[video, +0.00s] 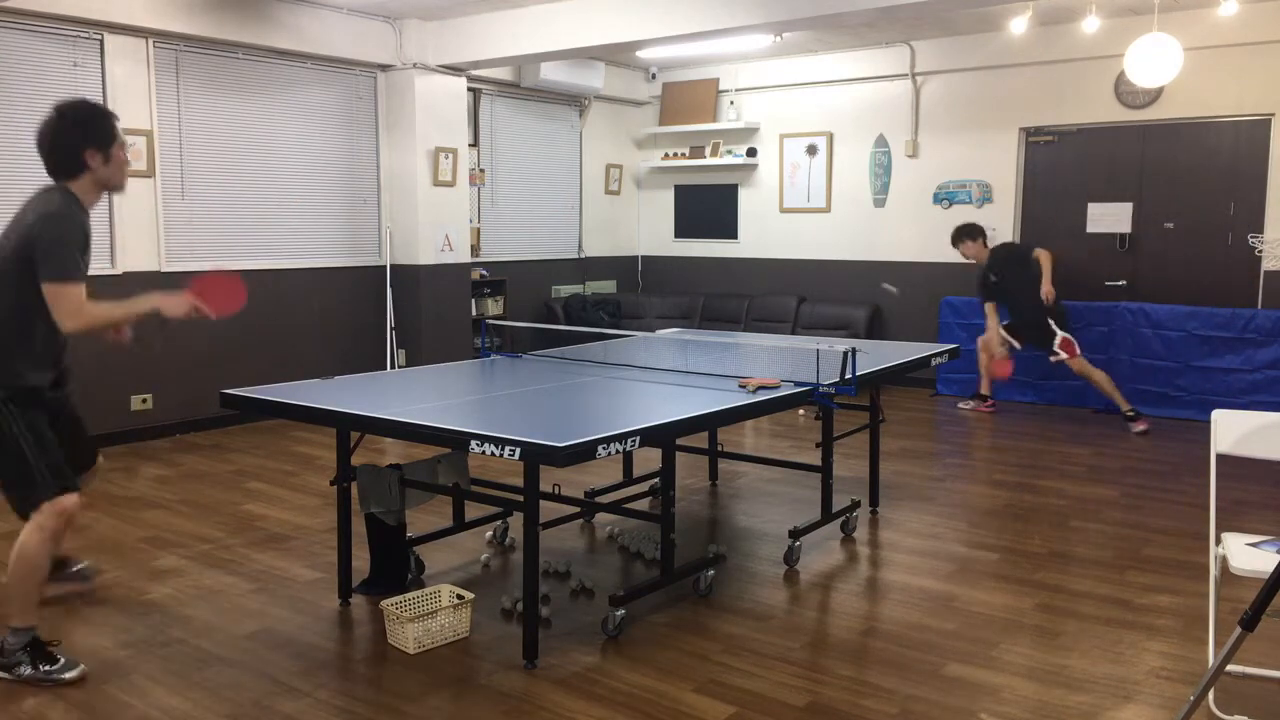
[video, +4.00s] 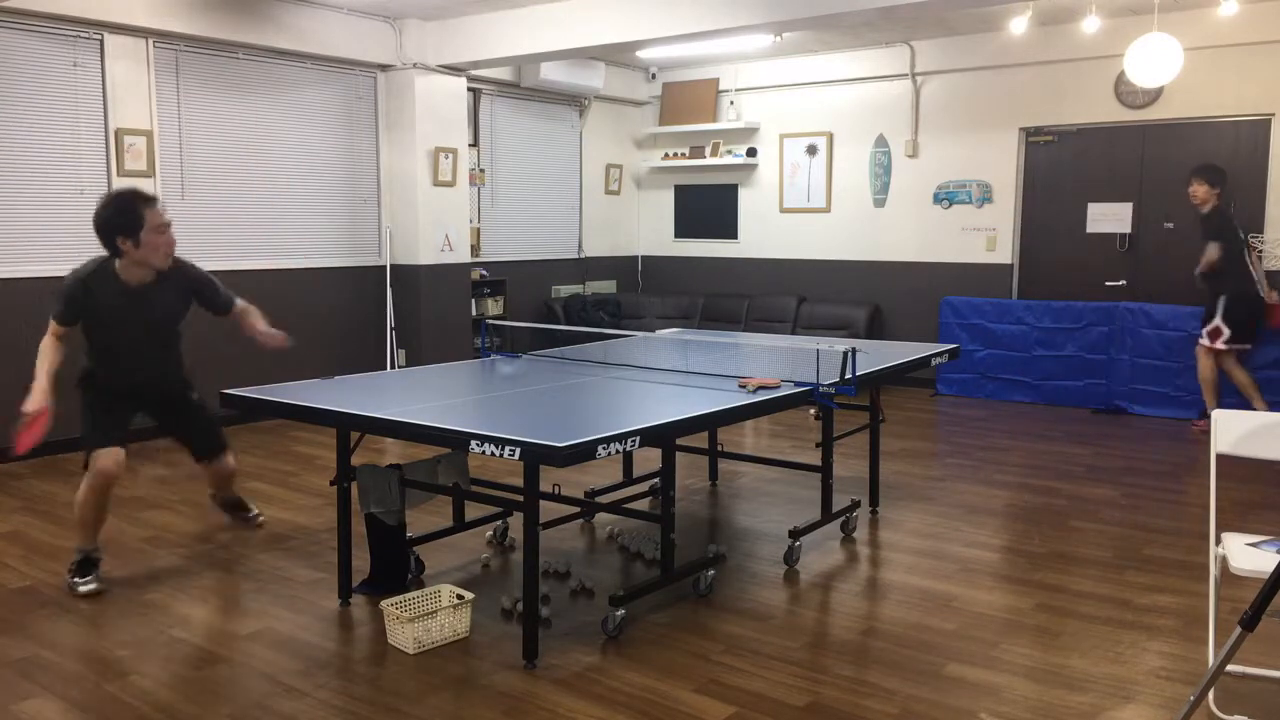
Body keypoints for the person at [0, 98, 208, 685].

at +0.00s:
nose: (128, 154)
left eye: (123, 144)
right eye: (119, 146)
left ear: (83, 159)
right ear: (92, 159)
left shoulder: (60, 209)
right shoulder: (58, 217)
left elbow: (51, 302)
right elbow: (72, 315)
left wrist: (105, 320)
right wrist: (156, 302)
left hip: (37, 380)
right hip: (13, 388)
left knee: (77, 463)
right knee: (55, 505)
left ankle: (45, 561)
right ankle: (14, 643)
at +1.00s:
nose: (61, 189)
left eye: (60, 176)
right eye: (45, 182)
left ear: (61, 175)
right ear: (10, 200)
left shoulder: (46, 239)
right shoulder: (21, 257)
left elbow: (76, 304)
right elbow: (73, 348)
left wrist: (118, 304)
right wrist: (143, 322)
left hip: (81, 394)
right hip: (47, 409)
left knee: (144, 467)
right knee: (121, 517)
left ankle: (105, 558)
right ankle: (45, 642)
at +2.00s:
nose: (140, 221)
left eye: (135, 211)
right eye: (129, 215)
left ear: (98, 229)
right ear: (95, 231)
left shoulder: (109, 272)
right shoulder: (45, 292)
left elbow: (100, 322)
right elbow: (42, 392)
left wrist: (150, 362)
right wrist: (127, 406)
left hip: (51, 409)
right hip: (9, 419)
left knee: (127, 479)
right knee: (78, 500)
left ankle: (72, 569)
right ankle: (17, 650)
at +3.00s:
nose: (201, 205)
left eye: (196, 196)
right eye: (192, 199)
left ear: (145, 219)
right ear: (170, 215)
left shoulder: (112, 267)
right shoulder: (196, 254)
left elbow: (95, 348)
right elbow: (275, 304)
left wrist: (183, 355)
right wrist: (273, 272)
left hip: (112, 414)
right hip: (165, 410)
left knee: (176, 475)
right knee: (217, 513)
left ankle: (188, 556)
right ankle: (225, 645)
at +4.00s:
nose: (171, 236)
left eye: (168, 227)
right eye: (159, 231)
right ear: (125, 245)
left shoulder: (181, 277)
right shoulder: (85, 286)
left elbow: (240, 310)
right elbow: (55, 337)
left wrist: (259, 328)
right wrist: (41, 388)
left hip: (167, 383)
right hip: (108, 387)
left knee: (223, 465)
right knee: (107, 465)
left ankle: (225, 499)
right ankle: (86, 557)